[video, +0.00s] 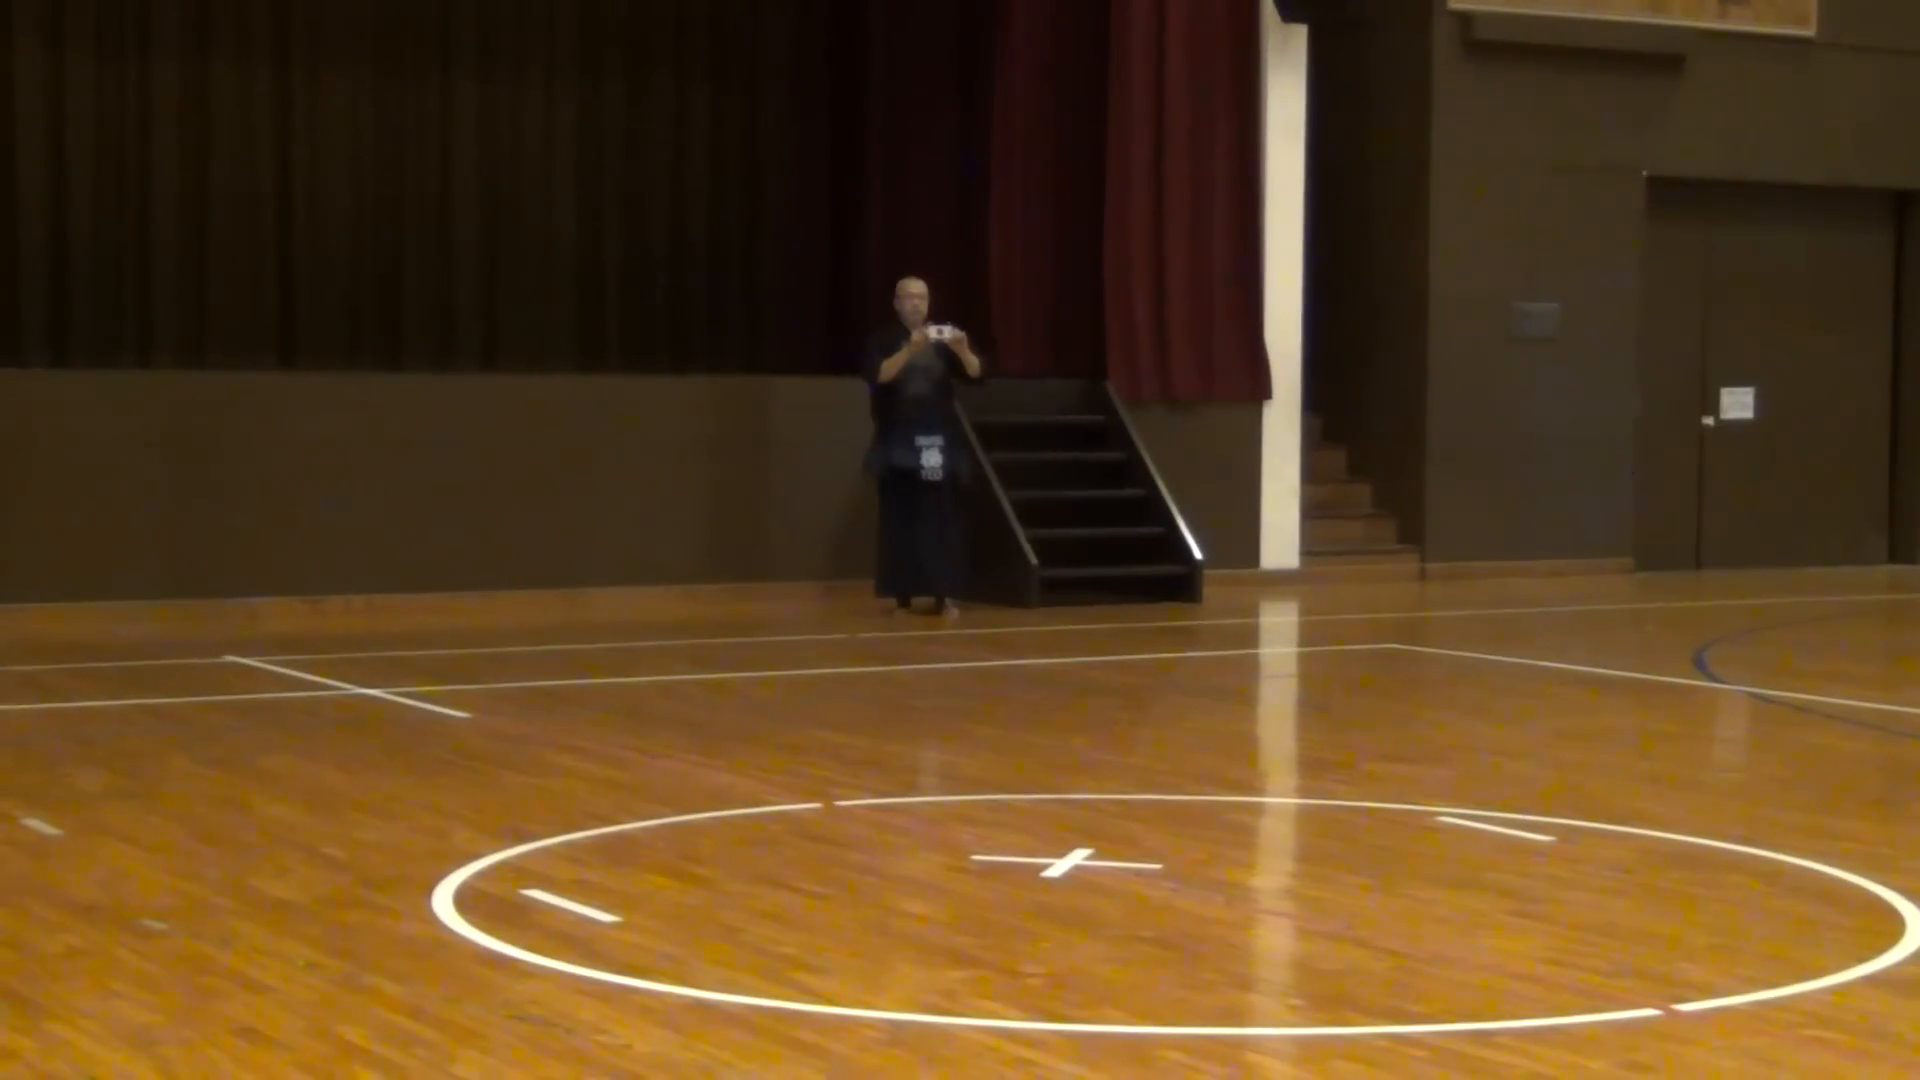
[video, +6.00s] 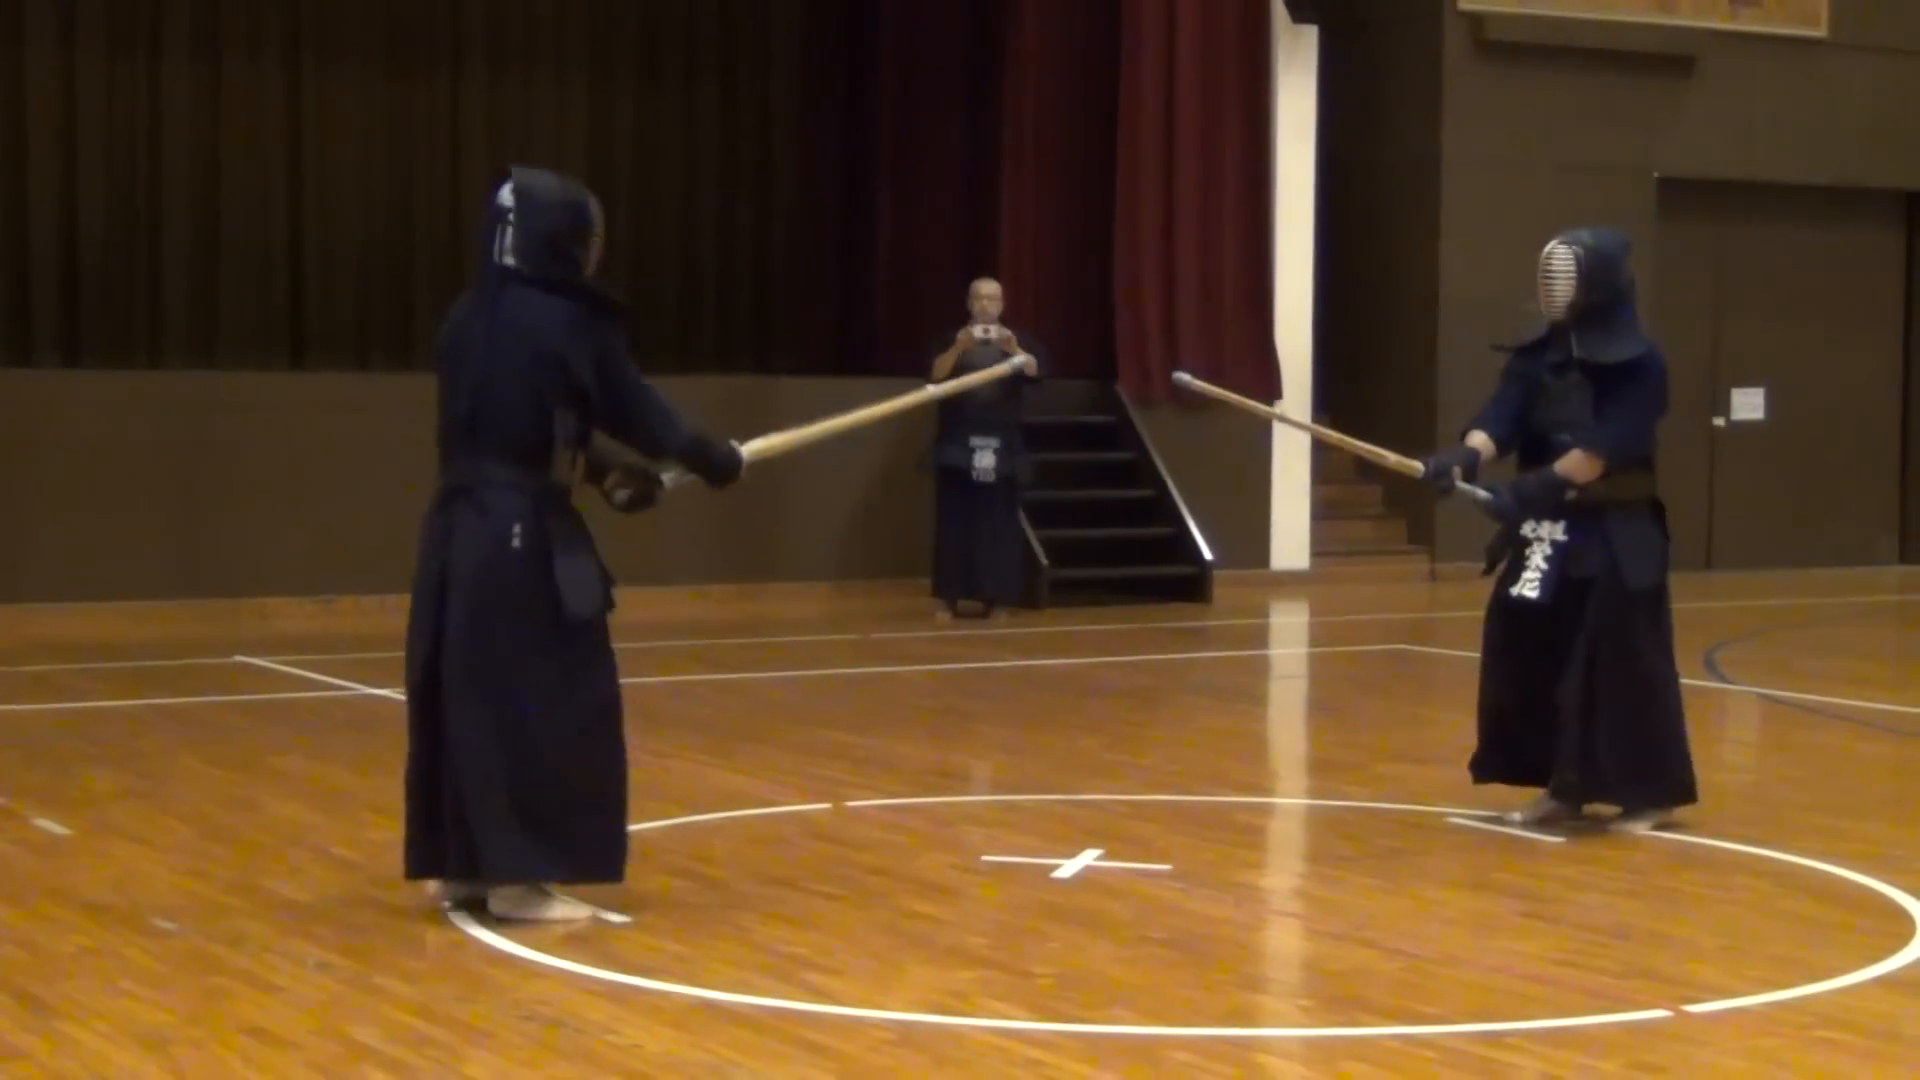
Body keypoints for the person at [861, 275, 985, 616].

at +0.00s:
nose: (914, 304)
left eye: (920, 298)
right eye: (908, 298)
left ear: (929, 302)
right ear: (896, 303)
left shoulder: (942, 340)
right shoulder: (885, 341)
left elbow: (975, 372)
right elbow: (879, 376)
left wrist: (961, 348)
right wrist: (911, 349)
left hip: (939, 437)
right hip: (898, 437)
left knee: (942, 511)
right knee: (900, 514)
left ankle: (946, 591)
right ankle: (902, 590)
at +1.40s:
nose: (965, 305)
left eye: (972, 299)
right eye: (959, 299)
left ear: (982, 303)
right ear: (949, 304)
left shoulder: (994, 341)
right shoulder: (934, 342)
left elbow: (1017, 371)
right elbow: (916, 376)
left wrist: (992, 348)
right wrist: (940, 348)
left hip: (983, 437)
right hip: (942, 437)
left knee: (984, 513)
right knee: (935, 512)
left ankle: (986, 596)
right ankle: (925, 591)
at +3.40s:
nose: (974, 305)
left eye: (981, 299)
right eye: (968, 298)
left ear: (991, 303)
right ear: (957, 302)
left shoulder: (1002, 339)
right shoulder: (944, 338)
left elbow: (1023, 370)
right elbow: (924, 374)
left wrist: (1000, 348)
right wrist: (947, 346)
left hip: (988, 436)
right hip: (948, 435)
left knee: (985, 512)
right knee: (944, 512)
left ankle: (982, 594)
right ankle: (938, 593)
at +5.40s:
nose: (988, 304)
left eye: (994, 298)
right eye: (983, 298)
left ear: (1004, 302)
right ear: (972, 302)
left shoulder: (1016, 340)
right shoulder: (958, 339)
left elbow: (1036, 371)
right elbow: (937, 373)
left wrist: (1013, 347)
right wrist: (960, 346)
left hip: (1003, 434)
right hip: (962, 434)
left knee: (1000, 510)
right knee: (961, 510)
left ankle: (996, 588)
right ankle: (959, 588)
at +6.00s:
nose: (986, 305)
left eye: (992, 299)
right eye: (979, 299)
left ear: (1002, 303)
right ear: (969, 303)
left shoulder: (1015, 342)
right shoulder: (954, 340)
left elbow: (1035, 371)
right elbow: (936, 376)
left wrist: (1012, 348)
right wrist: (959, 347)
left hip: (1001, 440)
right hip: (958, 439)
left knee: (998, 517)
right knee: (954, 516)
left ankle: (997, 599)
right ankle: (947, 596)